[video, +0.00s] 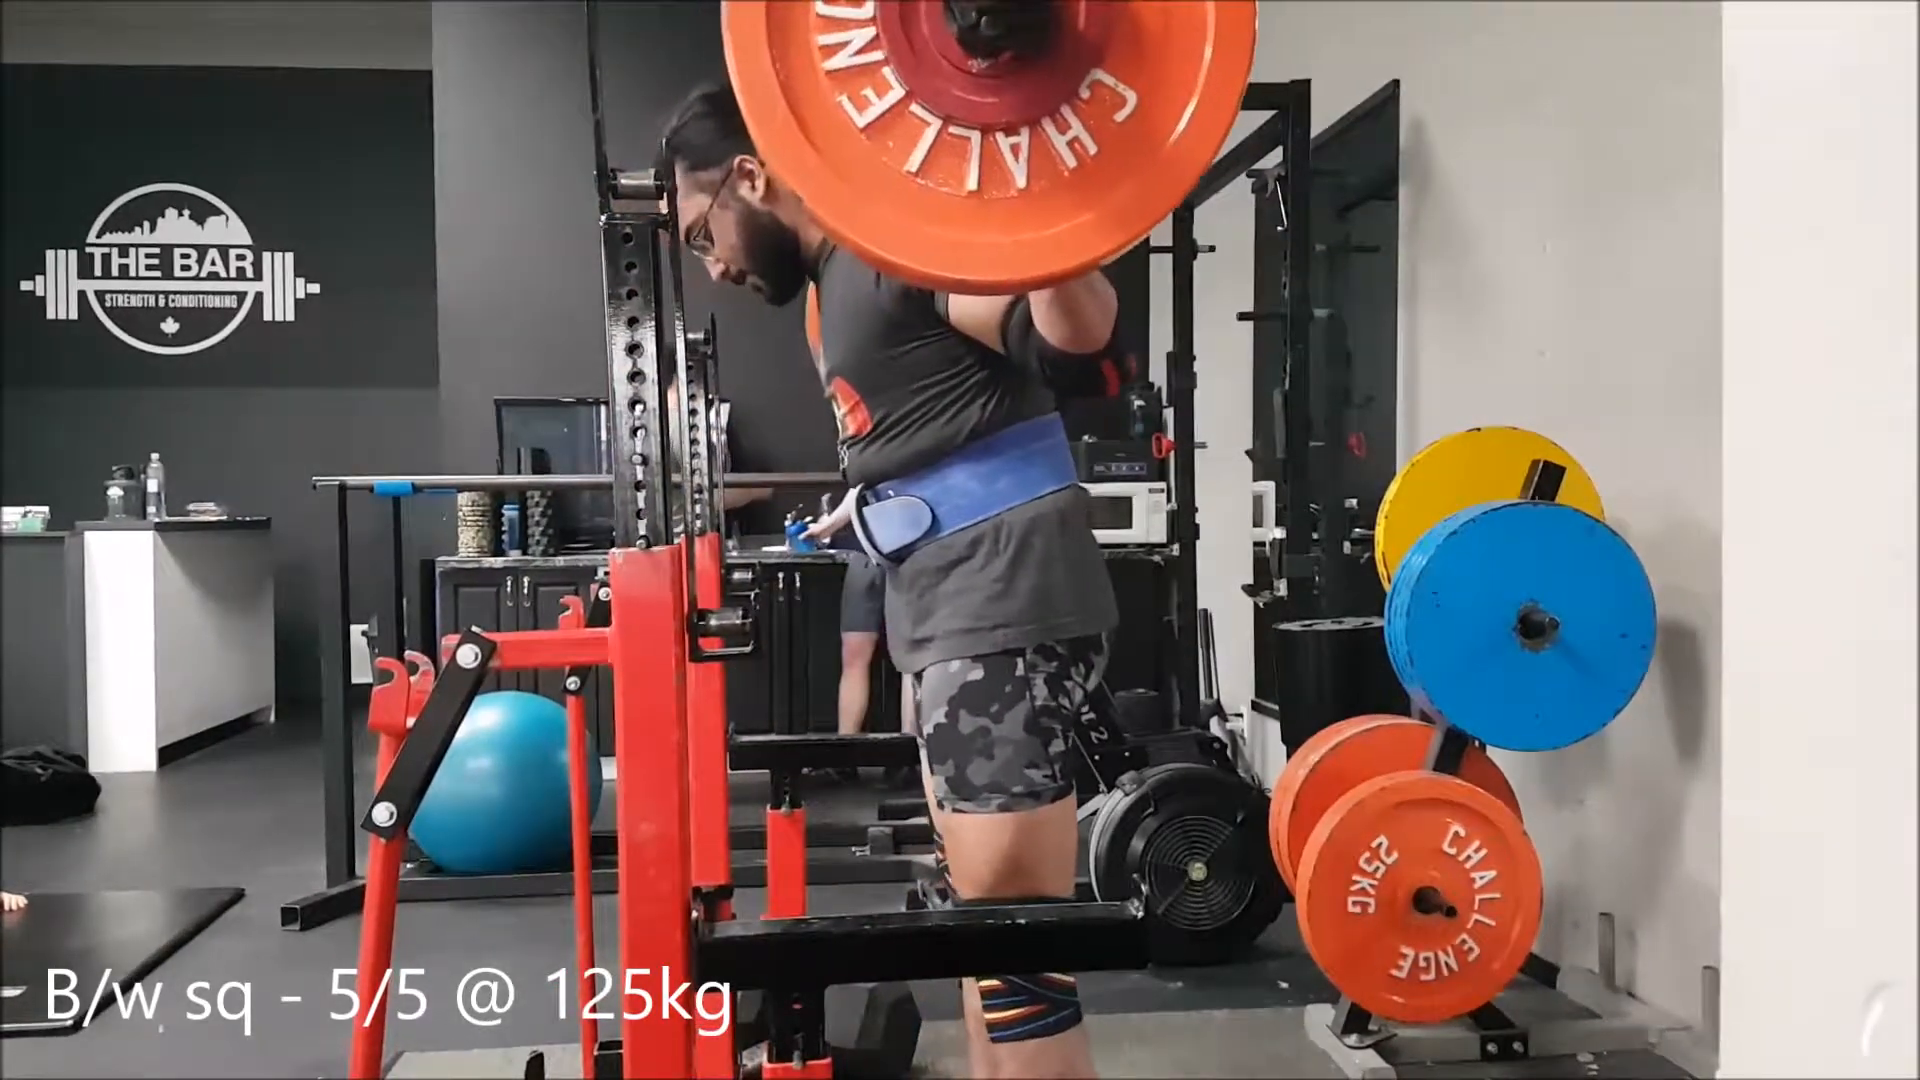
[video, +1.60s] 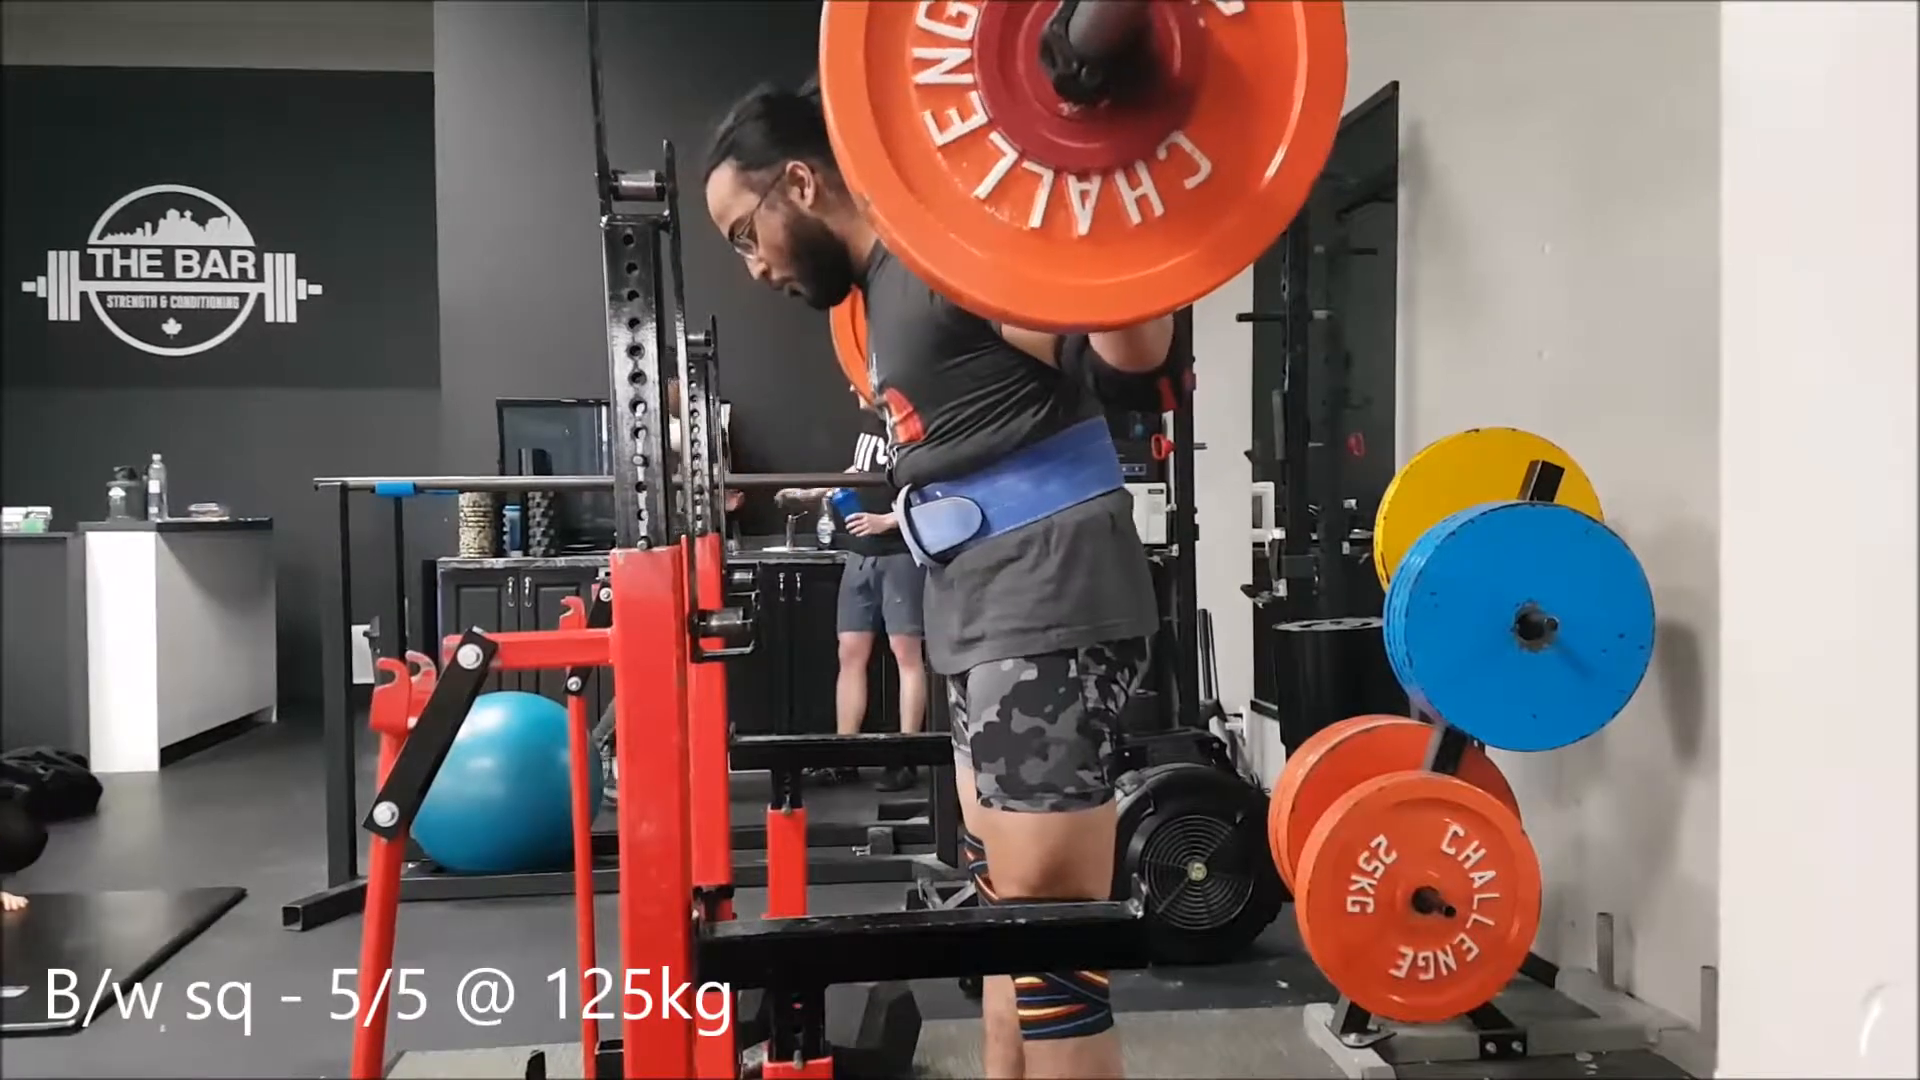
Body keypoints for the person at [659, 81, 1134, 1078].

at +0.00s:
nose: (711, 267)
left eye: (704, 234)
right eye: (694, 246)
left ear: (752, 171)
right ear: (745, 181)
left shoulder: (900, 239)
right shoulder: (835, 282)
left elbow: (1081, 327)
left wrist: (1043, 179)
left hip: (1006, 604)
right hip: (943, 609)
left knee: (1017, 942)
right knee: (983, 934)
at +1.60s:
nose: (754, 266)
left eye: (747, 231)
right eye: (737, 245)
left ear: (806, 179)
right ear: (801, 189)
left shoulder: (942, 235)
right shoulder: (883, 285)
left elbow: (1137, 341)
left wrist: (1135, 166)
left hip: (1052, 605)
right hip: (986, 610)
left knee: (1048, 944)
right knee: (1005, 934)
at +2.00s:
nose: (750, 256)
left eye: (747, 222)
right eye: (735, 236)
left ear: (805, 172)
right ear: (803, 182)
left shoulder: (934, 237)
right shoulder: (872, 283)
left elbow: (1119, 350)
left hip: (1047, 584)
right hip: (978, 593)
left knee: (1043, 933)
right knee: (1005, 925)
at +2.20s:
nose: (756, 248)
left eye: (751, 215)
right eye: (740, 231)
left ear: (808, 160)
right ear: (803, 170)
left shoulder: (936, 233)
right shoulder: (871, 279)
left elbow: (1120, 368)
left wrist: (1126, 202)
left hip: (1042, 576)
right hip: (974, 583)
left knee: (1041, 934)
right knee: (998, 921)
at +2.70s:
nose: (748, 301)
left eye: (743, 270)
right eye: (732, 284)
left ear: (795, 214)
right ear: (795, 224)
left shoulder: (924, 286)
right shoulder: (865, 333)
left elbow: (1116, 417)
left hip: (1080, 610)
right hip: (1000, 627)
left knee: (959, 946)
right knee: (928, 858)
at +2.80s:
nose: (743, 341)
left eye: (736, 312)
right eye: (727, 326)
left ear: (790, 257)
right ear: (789, 265)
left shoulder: (915, 325)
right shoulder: (854, 382)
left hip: (1097, 644)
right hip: (1011, 662)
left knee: (957, 950)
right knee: (923, 860)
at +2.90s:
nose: (737, 394)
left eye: (731, 365)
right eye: (722, 378)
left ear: (787, 312)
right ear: (784, 320)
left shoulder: (900, 365)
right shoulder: (849, 421)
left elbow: (1038, 281)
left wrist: (1125, 208)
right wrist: (814, 500)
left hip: (1119, 683)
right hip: (1027, 691)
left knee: (948, 999)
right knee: (915, 866)